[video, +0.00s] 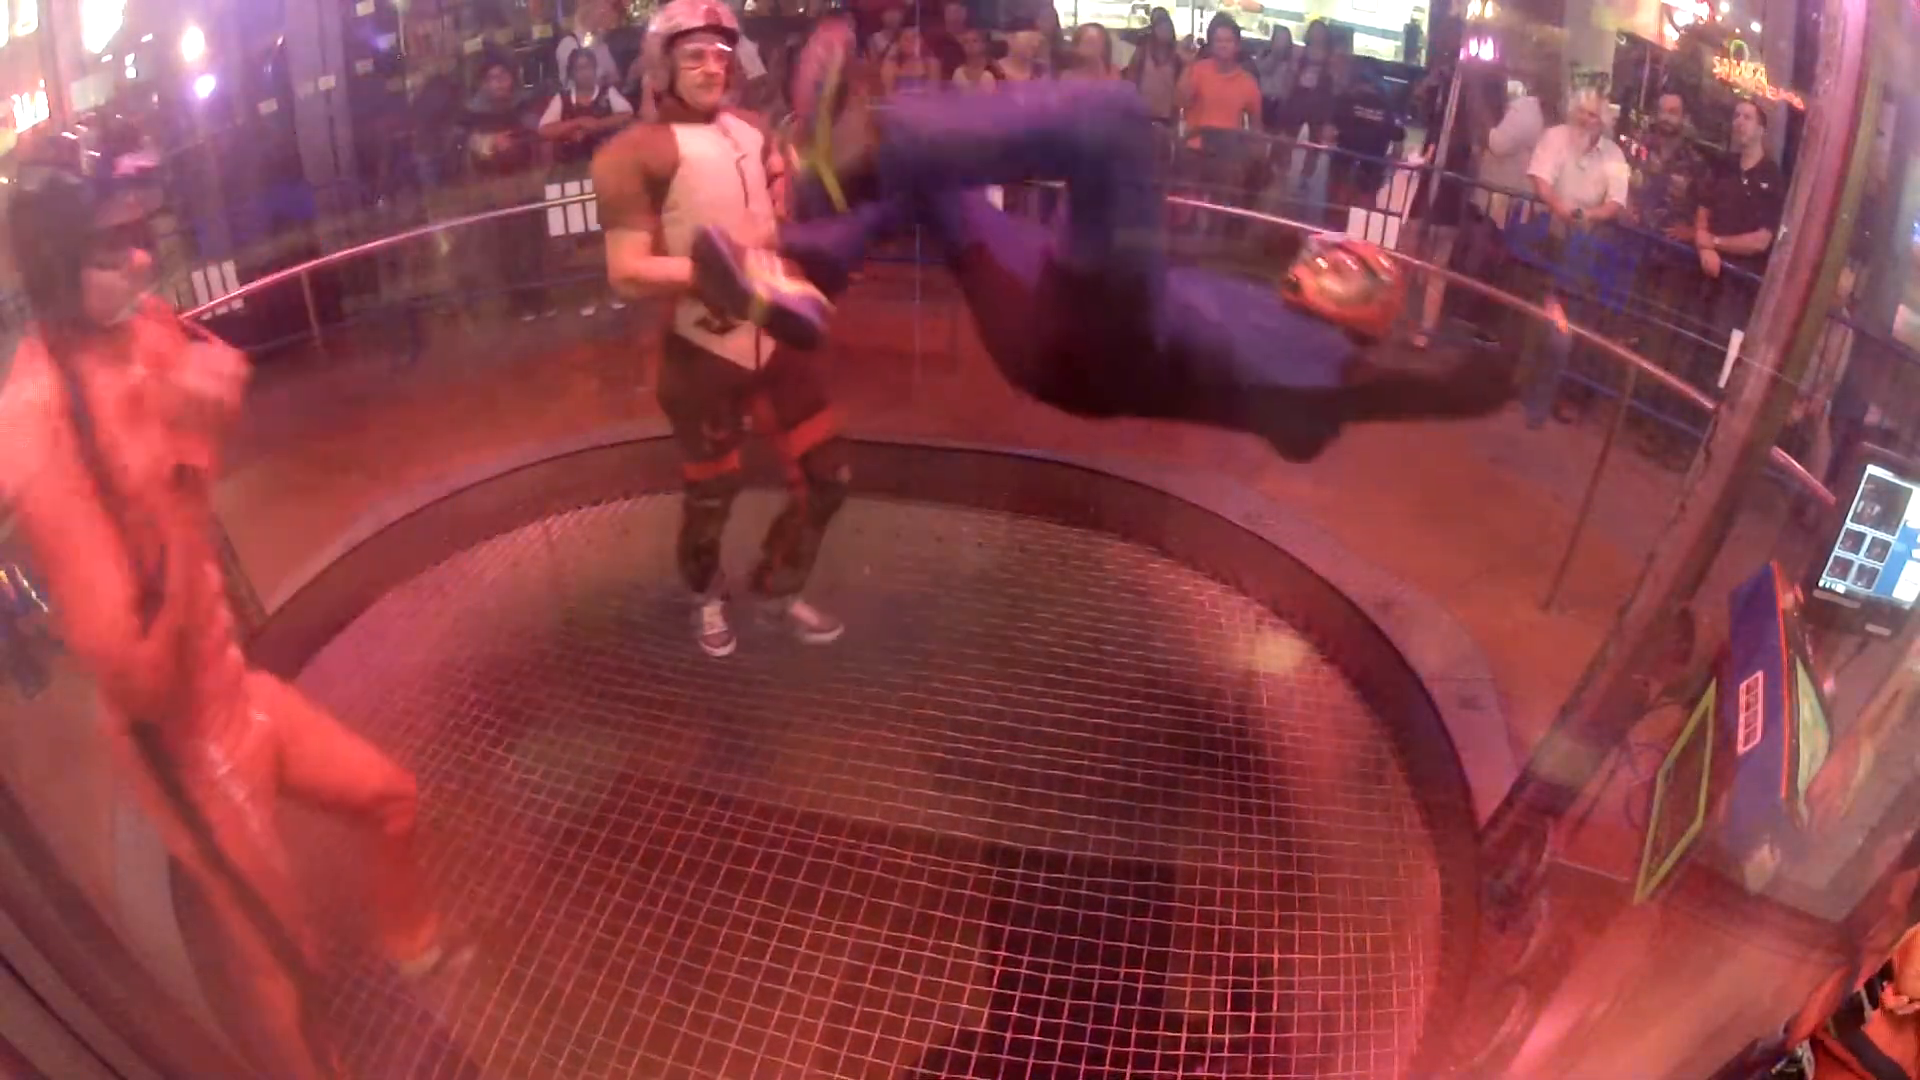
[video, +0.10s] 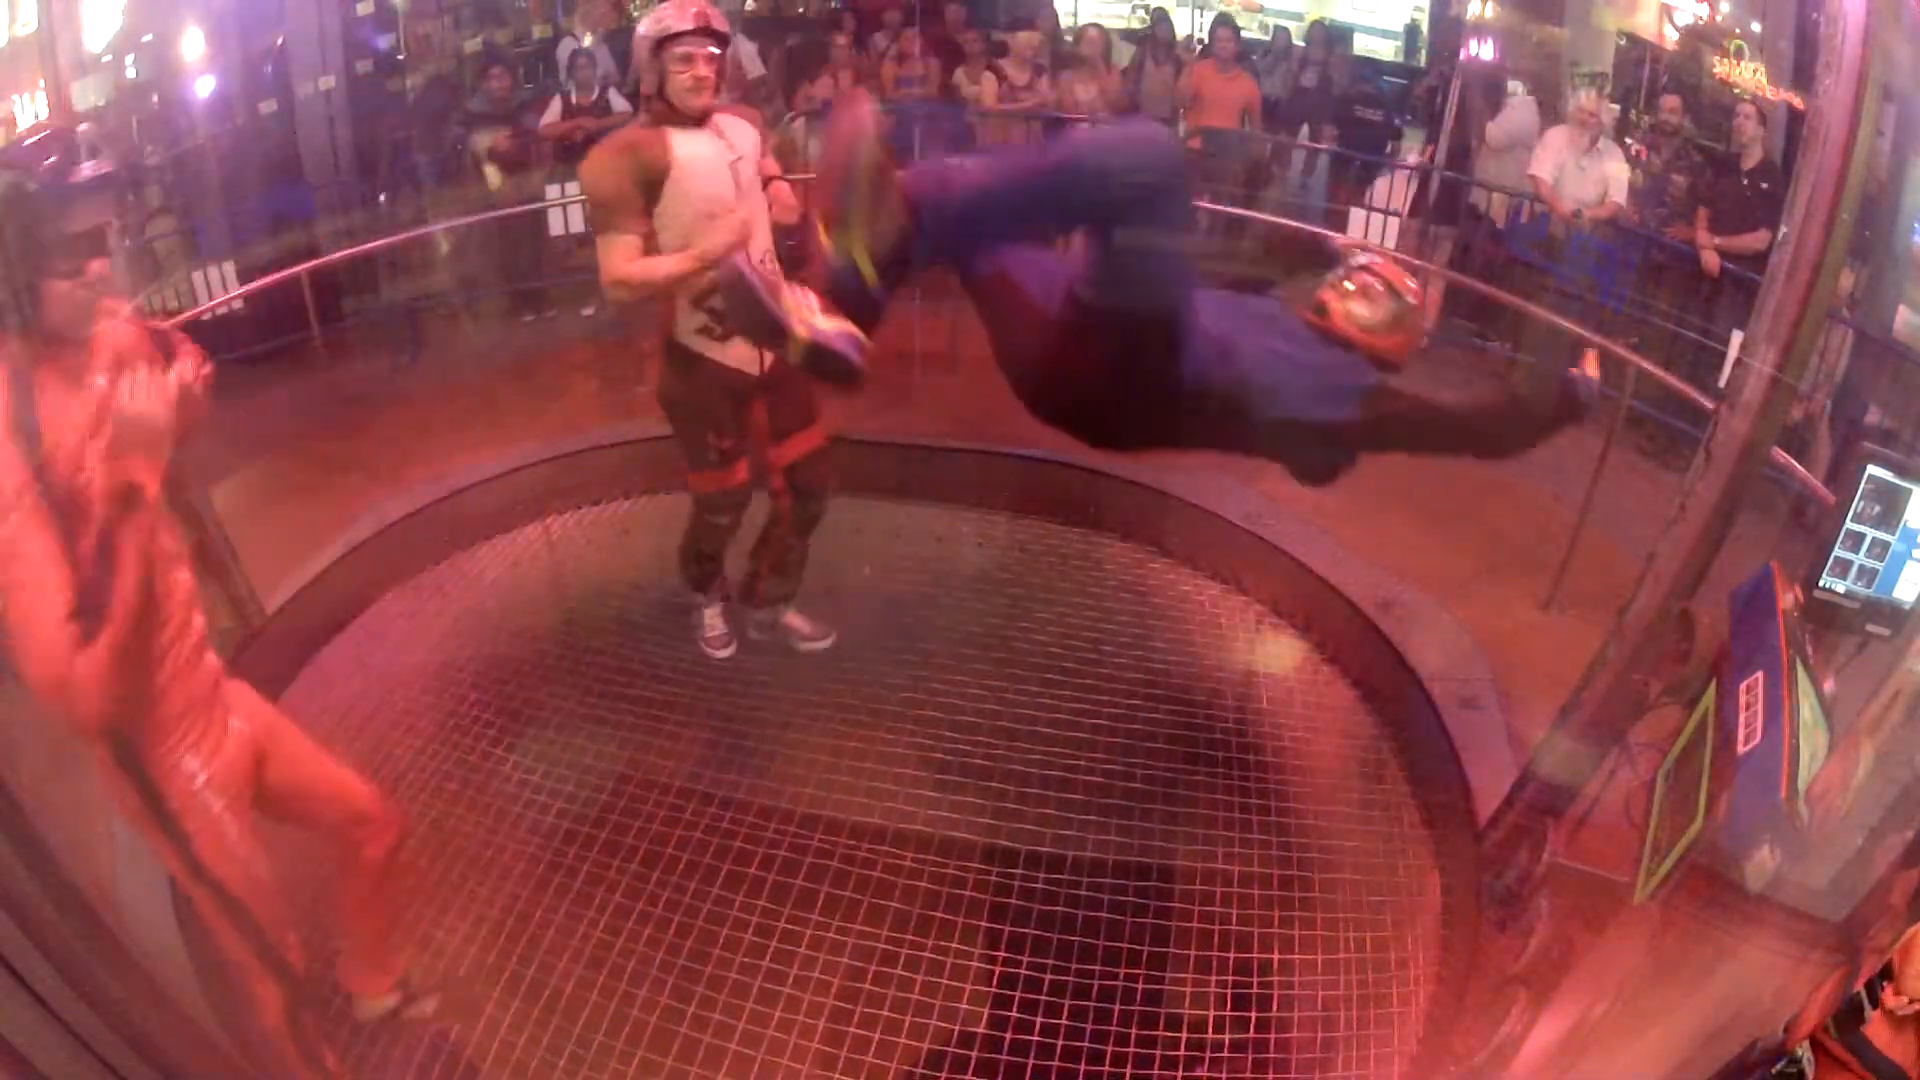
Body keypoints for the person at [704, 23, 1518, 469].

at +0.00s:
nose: (1327, 259)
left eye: (1353, 269)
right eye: (1332, 249)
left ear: (1374, 320)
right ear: (1305, 259)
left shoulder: (1333, 377)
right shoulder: (1249, 301)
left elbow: (1481, 384)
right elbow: (1153, 281)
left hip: (1097, 356)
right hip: (1043, 325)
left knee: (1116, 115)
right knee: (934, 175)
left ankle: (878, 136)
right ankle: (798, 259)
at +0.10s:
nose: (1366, 288)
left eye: (1390, 298)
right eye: (1366, 276)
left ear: (1396, 345)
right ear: (1339, 279)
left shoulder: (1353, 400)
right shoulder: (1268, 308)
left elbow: (1497, 428)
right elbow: (1184, 263)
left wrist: (1567, 385)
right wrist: (1320, 248)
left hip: (1128, 390)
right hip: (1069, 347)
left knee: (1154, 154)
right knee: (968, 206)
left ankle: (910, 216)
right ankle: (856, 273)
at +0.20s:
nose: (1389, 313)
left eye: (1410, 322)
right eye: (1388, 299)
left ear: (1414, 363)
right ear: (1356, 298)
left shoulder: (1366, 414)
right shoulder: (1281, 311)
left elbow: (1503, 446)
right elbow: (1238, 251)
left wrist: (1584, 403)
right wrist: (1346, 250)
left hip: (1147, 428)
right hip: (1089, 363)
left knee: (1182, 224)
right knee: (968, 203)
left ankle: (936, 321)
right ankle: (876, 358)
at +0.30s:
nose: (1399, 330)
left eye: (1425, 338)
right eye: (1396, 313)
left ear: (1438, 379)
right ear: (1366, 312)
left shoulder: (1392, 434)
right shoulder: (1293, 331)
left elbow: (1528, 461)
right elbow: (1231, 251)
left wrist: (1591, 397)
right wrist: (1353, 259)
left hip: (1169, 459)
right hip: (1109, 394)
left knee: (1228, 267)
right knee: (983, 220)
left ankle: (983, 401)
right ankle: (907, 390)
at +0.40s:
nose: (1398, 342)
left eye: (1423, 351)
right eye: (1395, 328)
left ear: (1435, 397)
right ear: (1366, 331)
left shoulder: (1401, 456)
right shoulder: (1296, 345)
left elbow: (1524, 466)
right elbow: (1206, 282)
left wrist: (1586, 406)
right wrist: (1354, 262)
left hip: (1191, 491)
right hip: (1126, 417)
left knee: (1261, 305)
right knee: (998, 239)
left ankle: (1022, 481)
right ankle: (913, 423)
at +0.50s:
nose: (1393, 347)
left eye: (1415, 356)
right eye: (1386, 335)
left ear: (1416, 403)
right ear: (1351, 347)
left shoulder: (1388, 467)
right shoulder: (1281, 358)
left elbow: (1522, 480)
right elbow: (1217, 311)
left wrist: (1584, 411)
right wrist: (1310, 269)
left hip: (1210, 526)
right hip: (1128, 460)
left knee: (1289, 336)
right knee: (997, 254)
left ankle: (1072, 548)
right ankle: (936, 458)